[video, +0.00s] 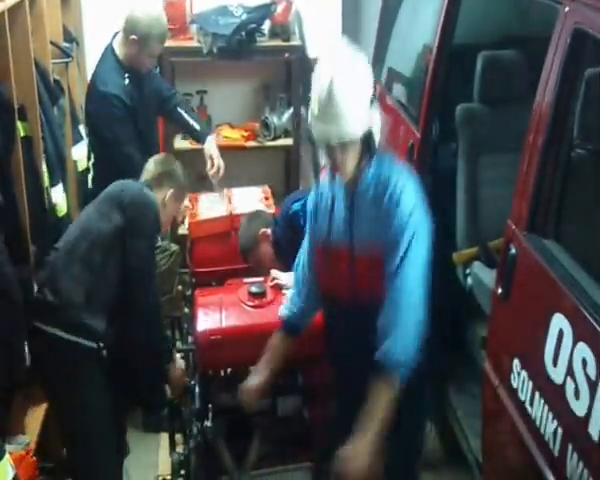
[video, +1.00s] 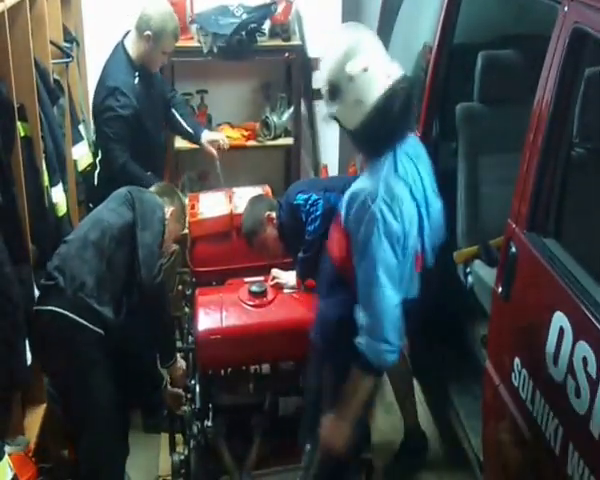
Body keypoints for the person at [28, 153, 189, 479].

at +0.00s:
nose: (173, 222)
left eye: (179, 214)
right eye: (177, 211)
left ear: (152, 184)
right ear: (167, 194)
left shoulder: (122, 194)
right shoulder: (140, 201)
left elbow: (136, 300)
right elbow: (141, 299)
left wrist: (165, 358)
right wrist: (165, 363)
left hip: (50, 328)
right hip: (74, 339)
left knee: (90, 448)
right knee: (103, 452)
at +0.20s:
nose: (167, 231)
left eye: (173, 224)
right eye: (172, 220)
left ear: (145, 192)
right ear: (164, 200)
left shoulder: (112, 205)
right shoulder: (145, 202)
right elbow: (147, 286)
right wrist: (168, 357)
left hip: (50, 324)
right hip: (82, 333)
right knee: (108, 436)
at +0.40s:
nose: (170, 231)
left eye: (173, 226)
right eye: (173, 222)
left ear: (148, 190)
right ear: (169, 204)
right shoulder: (150, 199)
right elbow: (152, 278)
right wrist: (171, 356)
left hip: (53, 324)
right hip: (87, 329)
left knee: (96, 430)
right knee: (111, 428)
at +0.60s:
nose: (172, 231)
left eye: (176, 225)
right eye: (175, 222)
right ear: (171, 204)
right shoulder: (151, 198)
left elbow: (132, 315)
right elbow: (153, 277)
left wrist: (158, 373)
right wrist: (172, 356)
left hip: (55, 320)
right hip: (86, 325)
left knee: (96, 428)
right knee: (112, 426)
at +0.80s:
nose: (170, 242)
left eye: (175, 234)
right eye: (175, 230)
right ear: (170, 207)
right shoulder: (151, 199)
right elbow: (153, 276)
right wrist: (172, 357)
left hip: (51, 318)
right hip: (83, 323)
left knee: (92, 429)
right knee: (111, 429)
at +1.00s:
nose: (171, 248)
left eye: (176, 242)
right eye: (176, 236)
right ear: (169, 211)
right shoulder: (147, 201)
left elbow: (130, 327)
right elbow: (150, 281)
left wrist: (160, 391)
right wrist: (171, 359)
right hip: (75, 323)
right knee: (106, 432)